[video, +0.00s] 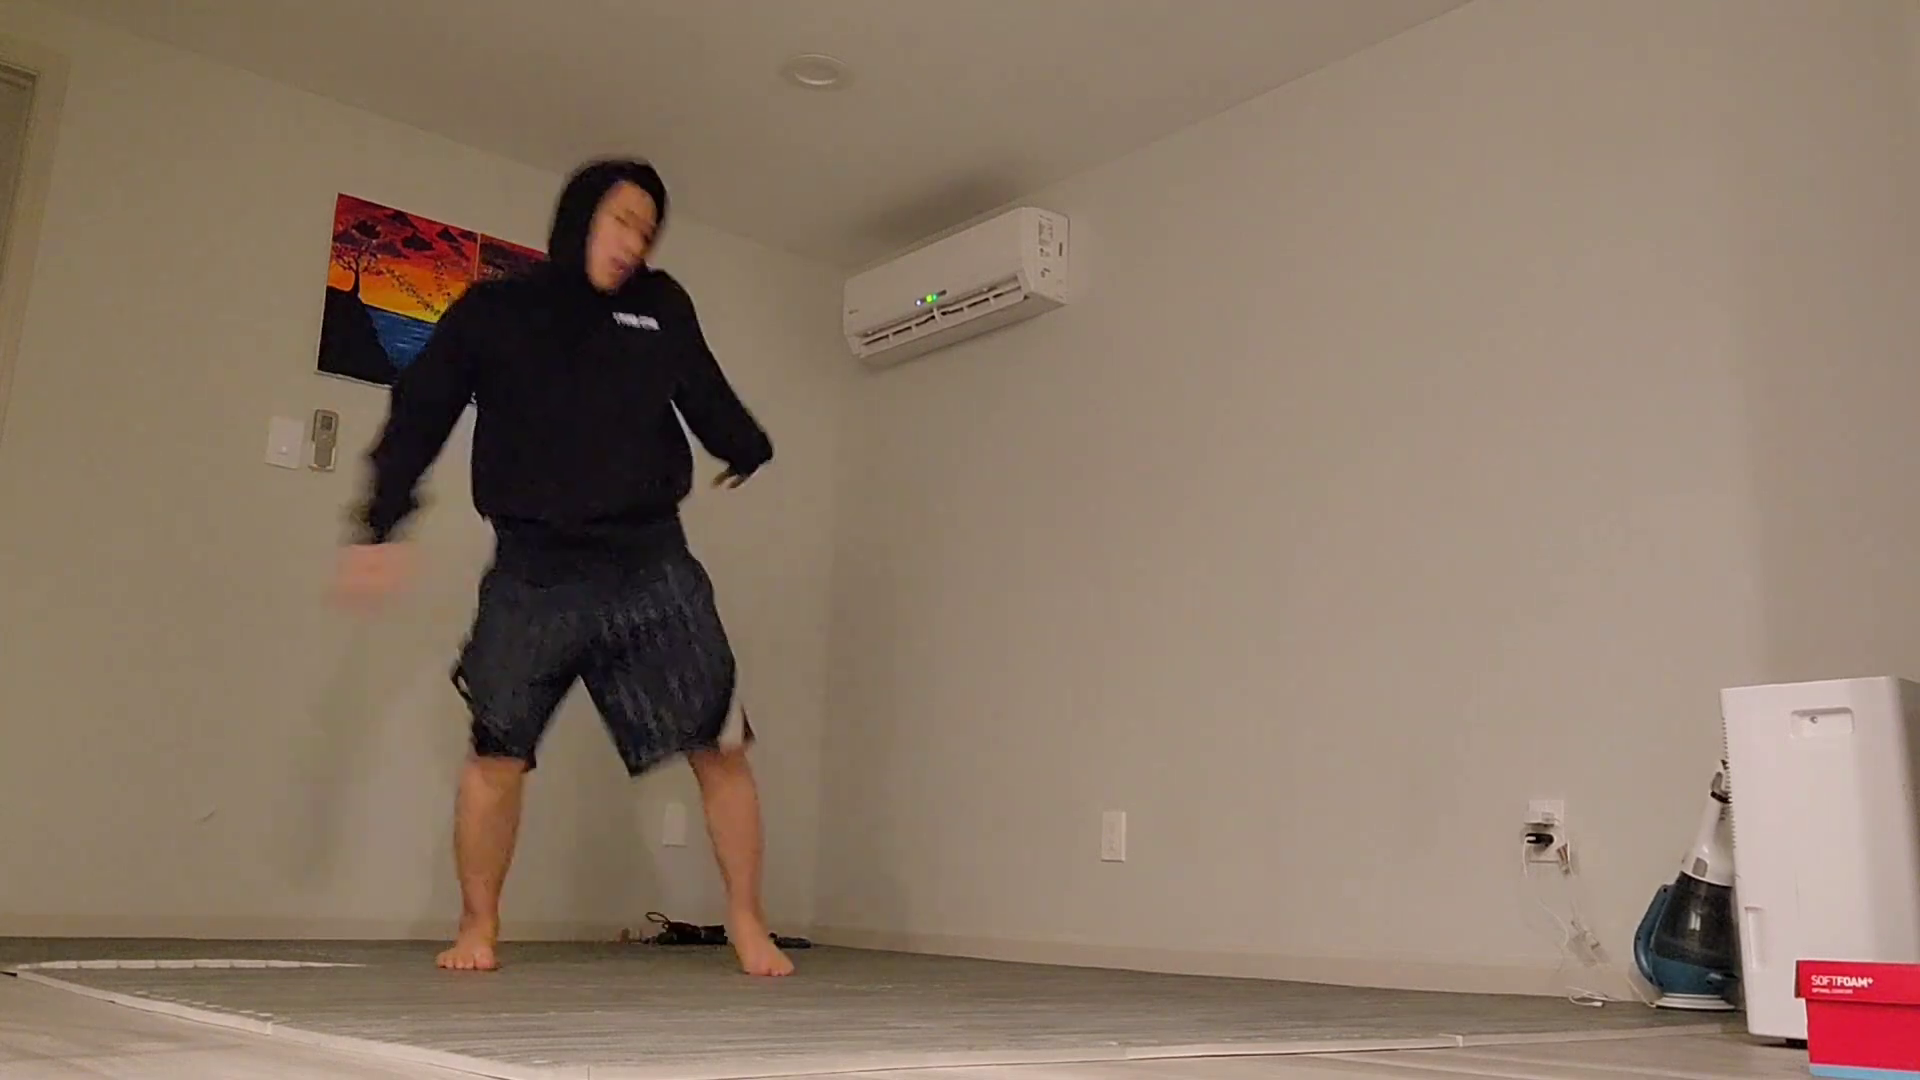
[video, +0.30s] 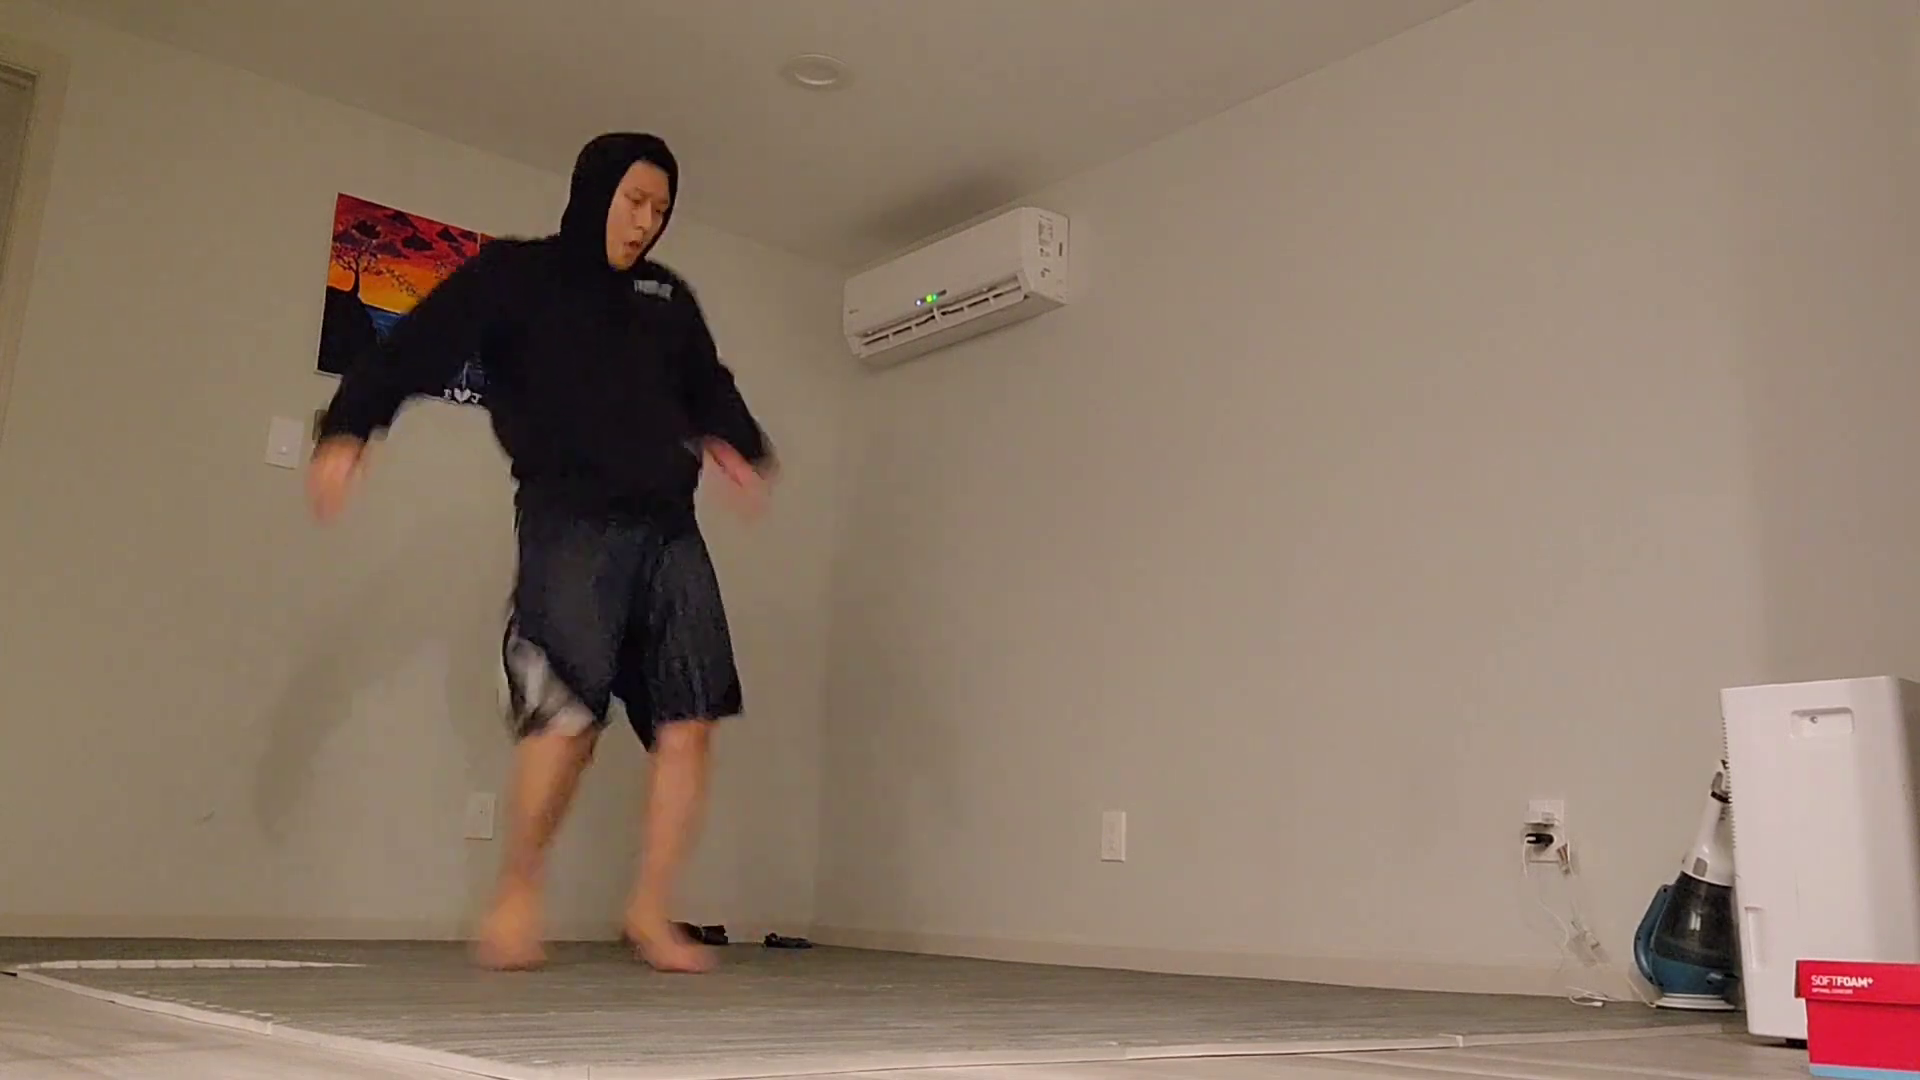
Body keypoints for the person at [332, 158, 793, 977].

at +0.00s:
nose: (631, 242)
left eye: (645, 231)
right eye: (619, 221)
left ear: (652, 242)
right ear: (577, 217)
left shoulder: (660, 307)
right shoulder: (496, 309)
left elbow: (703, 391)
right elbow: (420, 408)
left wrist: (745, 448)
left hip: (650, 559)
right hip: (535, 564)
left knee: (720, 742)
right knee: (497, 752)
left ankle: (747, 922)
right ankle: (478, 926)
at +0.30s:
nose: (646, 220)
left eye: (658, 208)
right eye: (634, 200)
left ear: (666, 217)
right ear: (591, 195)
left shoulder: (667, 299)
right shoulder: (514, 273)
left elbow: (705, 382)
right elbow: (414, 347)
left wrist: (737, 439)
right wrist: (349, 425)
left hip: (665, 527)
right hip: (568, 522)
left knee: (689, 716)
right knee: (567, 714)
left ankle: (650, 911)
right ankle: (517, 898)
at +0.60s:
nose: (643, 265)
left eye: (658, 256)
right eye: (631, 247)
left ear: (666, 268)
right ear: (596, 247)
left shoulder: (666, 337)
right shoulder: (526, 326)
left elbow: (736, 305)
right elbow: (417, 296)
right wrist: (510, 267)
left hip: (635, 561)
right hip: (537, 554)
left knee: (649, 765)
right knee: (563, 727)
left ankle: (591, 927)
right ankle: (558, 928)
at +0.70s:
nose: (596, 252)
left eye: (610, 238)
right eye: (582, 236)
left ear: (624, 242)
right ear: (547, 230)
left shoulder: (659, 314)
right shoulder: (498, 301)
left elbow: (773, 337)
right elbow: (471, 302)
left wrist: (886, 351)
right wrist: (567, 217)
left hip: (629, 560)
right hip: (513, 550)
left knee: (626, 740)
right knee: (460, 712)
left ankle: (634, 899)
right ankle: (416, 909)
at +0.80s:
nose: (598, 248)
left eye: (604, 234)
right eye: (586, 231)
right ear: (543, 229)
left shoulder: (629, 312)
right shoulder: (478, 291)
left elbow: (705, 381)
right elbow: (513, 307)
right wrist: (586, 224)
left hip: (610, 558)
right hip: (502, 556)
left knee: (566, 729)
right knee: (421, 726)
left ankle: (661, 894)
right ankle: (392, 930)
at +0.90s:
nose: (620, 237)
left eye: (632, 224)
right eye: (606, 219)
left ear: (640, 231)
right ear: (563, 214)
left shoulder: (639, 309)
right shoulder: (494, 268)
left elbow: (663, 424)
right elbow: (418, 323)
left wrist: (693, 522)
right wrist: (504, 306)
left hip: (610, 534)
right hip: (498, 530)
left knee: (646, 700)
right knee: (443, 723)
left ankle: (653, 897)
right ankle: (385, 914)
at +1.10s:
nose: (648, 256)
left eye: (663, 242)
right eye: (636, 234)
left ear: (673, 250)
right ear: (596, 225)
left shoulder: (653, 331)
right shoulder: (523, 269)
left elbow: (688, 414)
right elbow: (387, 304)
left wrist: (751, 443)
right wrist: (244, 324)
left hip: (616, 536)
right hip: (544, 516)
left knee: (695, 716)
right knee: (569, 727)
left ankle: (649, 923)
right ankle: (397, 892)